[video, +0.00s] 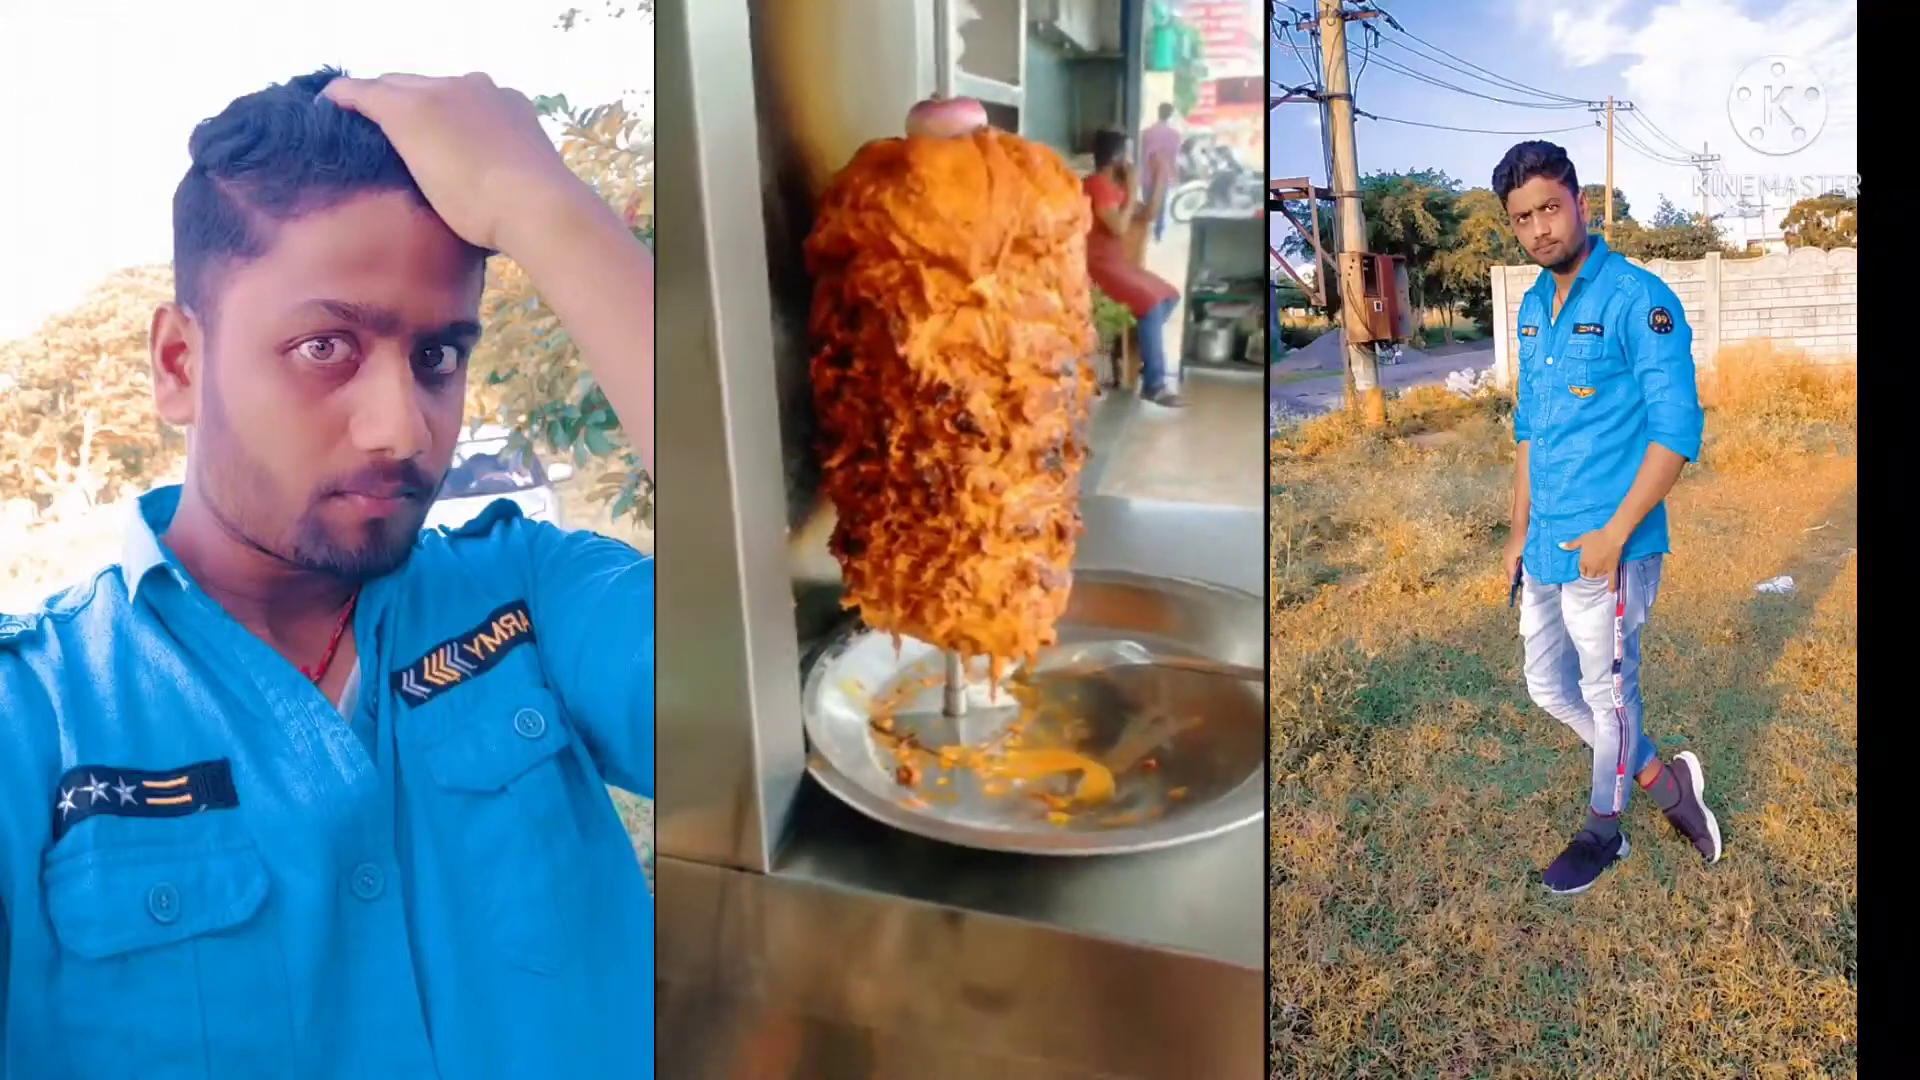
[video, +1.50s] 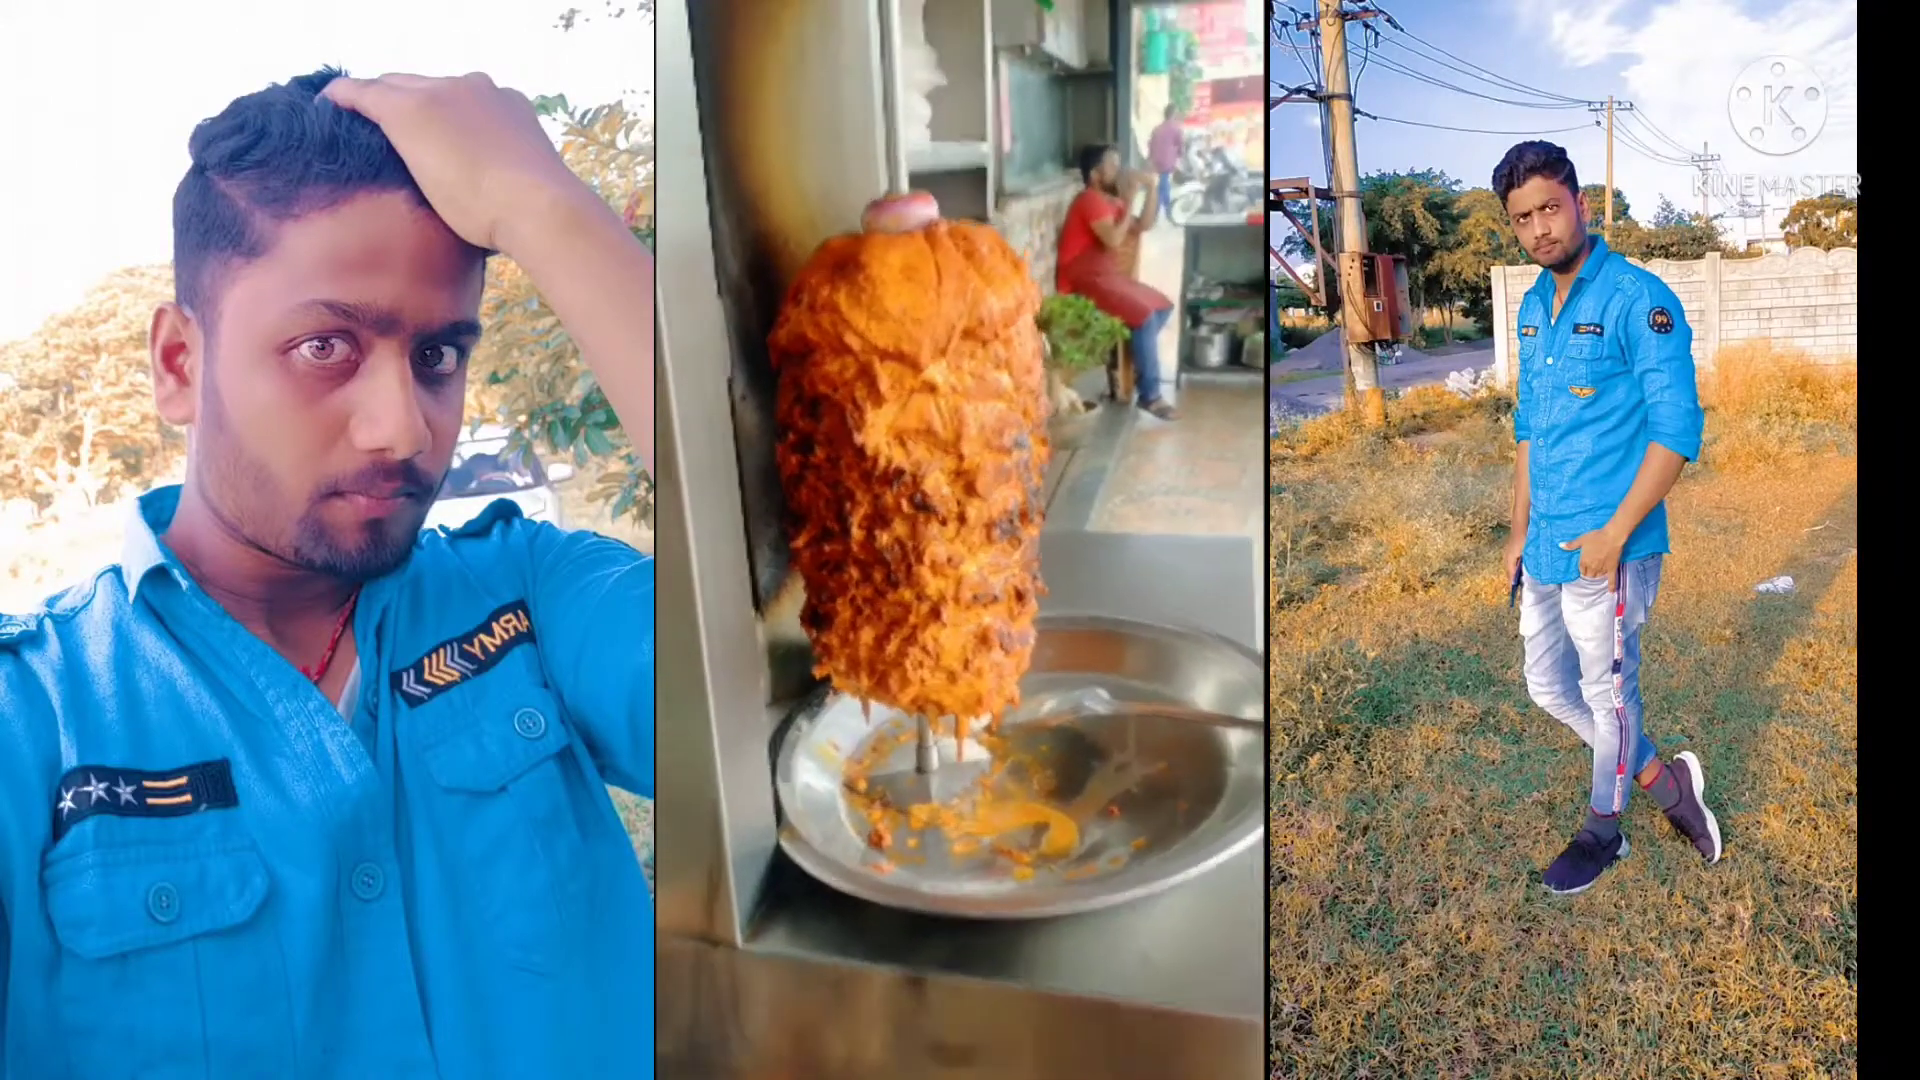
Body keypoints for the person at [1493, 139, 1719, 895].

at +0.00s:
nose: (1539, 228)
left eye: (1550, 208)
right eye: (1522, 218)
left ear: (1581, 203)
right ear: (1512, 228)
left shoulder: (1640, 298)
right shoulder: (1534, 306)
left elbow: (1677, 433)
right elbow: (1529, 431)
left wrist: (1615, 532)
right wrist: (1519, 530)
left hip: (1612, 538)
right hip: (1544, 539)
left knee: (1610, 691)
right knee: (1548, 684)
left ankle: (1603, 828)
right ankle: (1665, 778)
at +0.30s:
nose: (1539, 228)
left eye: (1550, 208)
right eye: (1523, 218)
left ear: (1581, 203)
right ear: (1512, 228)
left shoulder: (1640, 298)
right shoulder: (1534, 306)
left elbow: (1677, 432)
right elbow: (1529, 431)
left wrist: (1615, 531)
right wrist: (1519, 529)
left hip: (1612, 538)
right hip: (1544, 539)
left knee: (1610, 691)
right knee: (1548, 684)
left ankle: (1603, 828)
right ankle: (1665, 778)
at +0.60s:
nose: (1539, 228)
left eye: (1550, 208)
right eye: (1523, 218)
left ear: (1582, 203)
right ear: (1513, 228)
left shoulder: (1640, 298)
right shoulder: (1534, 307)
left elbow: (1678, 432)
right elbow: (1529, 430)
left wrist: (1616, 531)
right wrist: (1520, 529)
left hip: (1611, 536)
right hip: (1544, 538)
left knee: (1610, 689)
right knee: (1548, 684)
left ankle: (1602, 828)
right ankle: (1665, 778)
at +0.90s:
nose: (1538, 228)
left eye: (1549, 208)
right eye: (1522, 218)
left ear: (1581, 203)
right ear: (1513, 228)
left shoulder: (1640, 298)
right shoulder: (1534, 307)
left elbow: (1678, 431)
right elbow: (1529, 431)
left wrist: (1615, 532)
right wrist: (1520, 530)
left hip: (1611, 536)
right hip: (1544, 538)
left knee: (1610, 689)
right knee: (1548, 684)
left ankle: (1602, 828)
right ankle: (1666, 778)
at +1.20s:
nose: (1538, 228)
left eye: (1549, 208)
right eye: (1522, 218)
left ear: (1581, 203)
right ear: (1513, 228)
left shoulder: (1640, 298)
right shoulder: (1534, 307)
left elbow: (1678, 431)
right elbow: (1529, 431)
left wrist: (1615, 532)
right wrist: (1520, 530)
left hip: (1611, 536)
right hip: (1544, 538)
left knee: (1610, 689)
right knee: (1548, 684)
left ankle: (1602, 828)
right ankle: (1666, 778)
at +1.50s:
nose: (1538, 228)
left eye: (1549, 208)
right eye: (1522, 218)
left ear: (1581, 203)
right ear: (1513, 228)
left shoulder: (1640, 298)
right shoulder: (1534, 307)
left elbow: (1678, 431)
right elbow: (1529, 431)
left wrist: (1615, 532)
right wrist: (1520, 530)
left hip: (1611, 536)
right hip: (1544, 538)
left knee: (1610, 689)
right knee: (1548, 684)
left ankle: (1602, 828)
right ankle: (1666, 778)